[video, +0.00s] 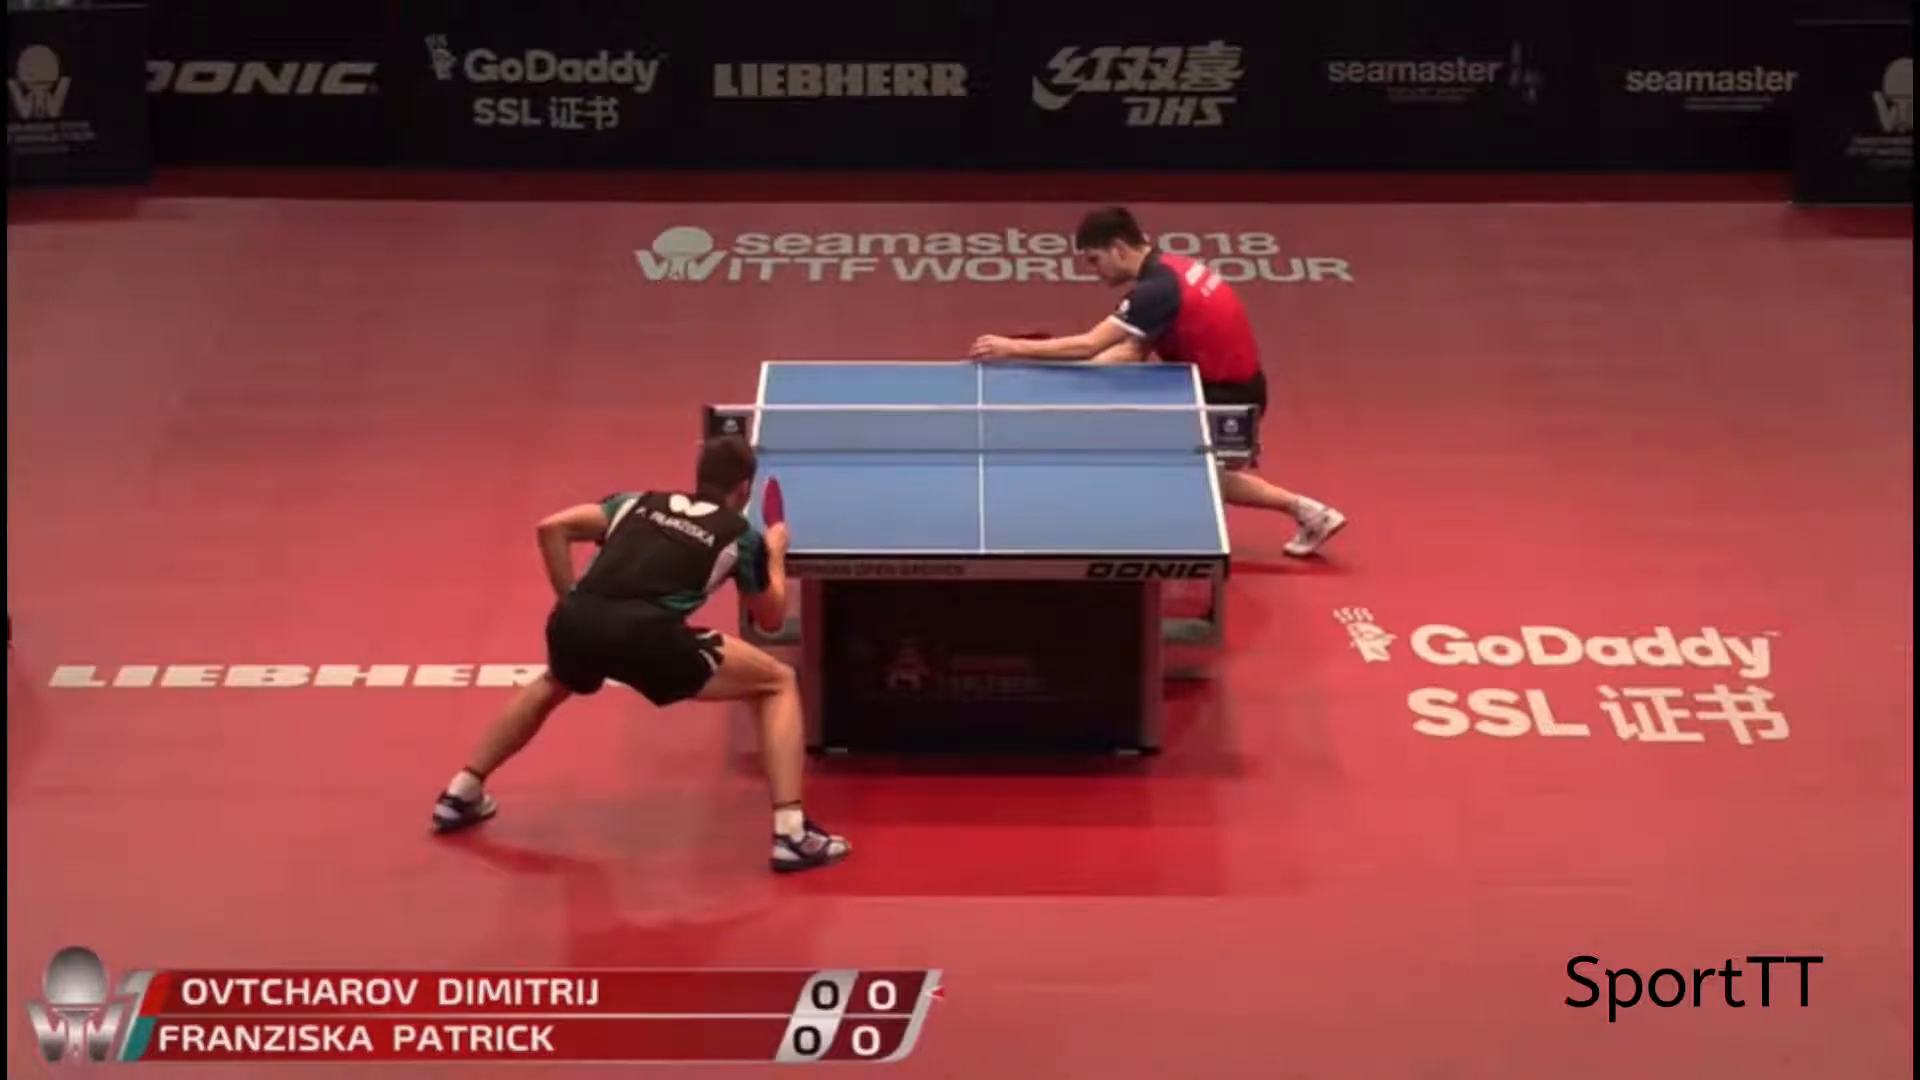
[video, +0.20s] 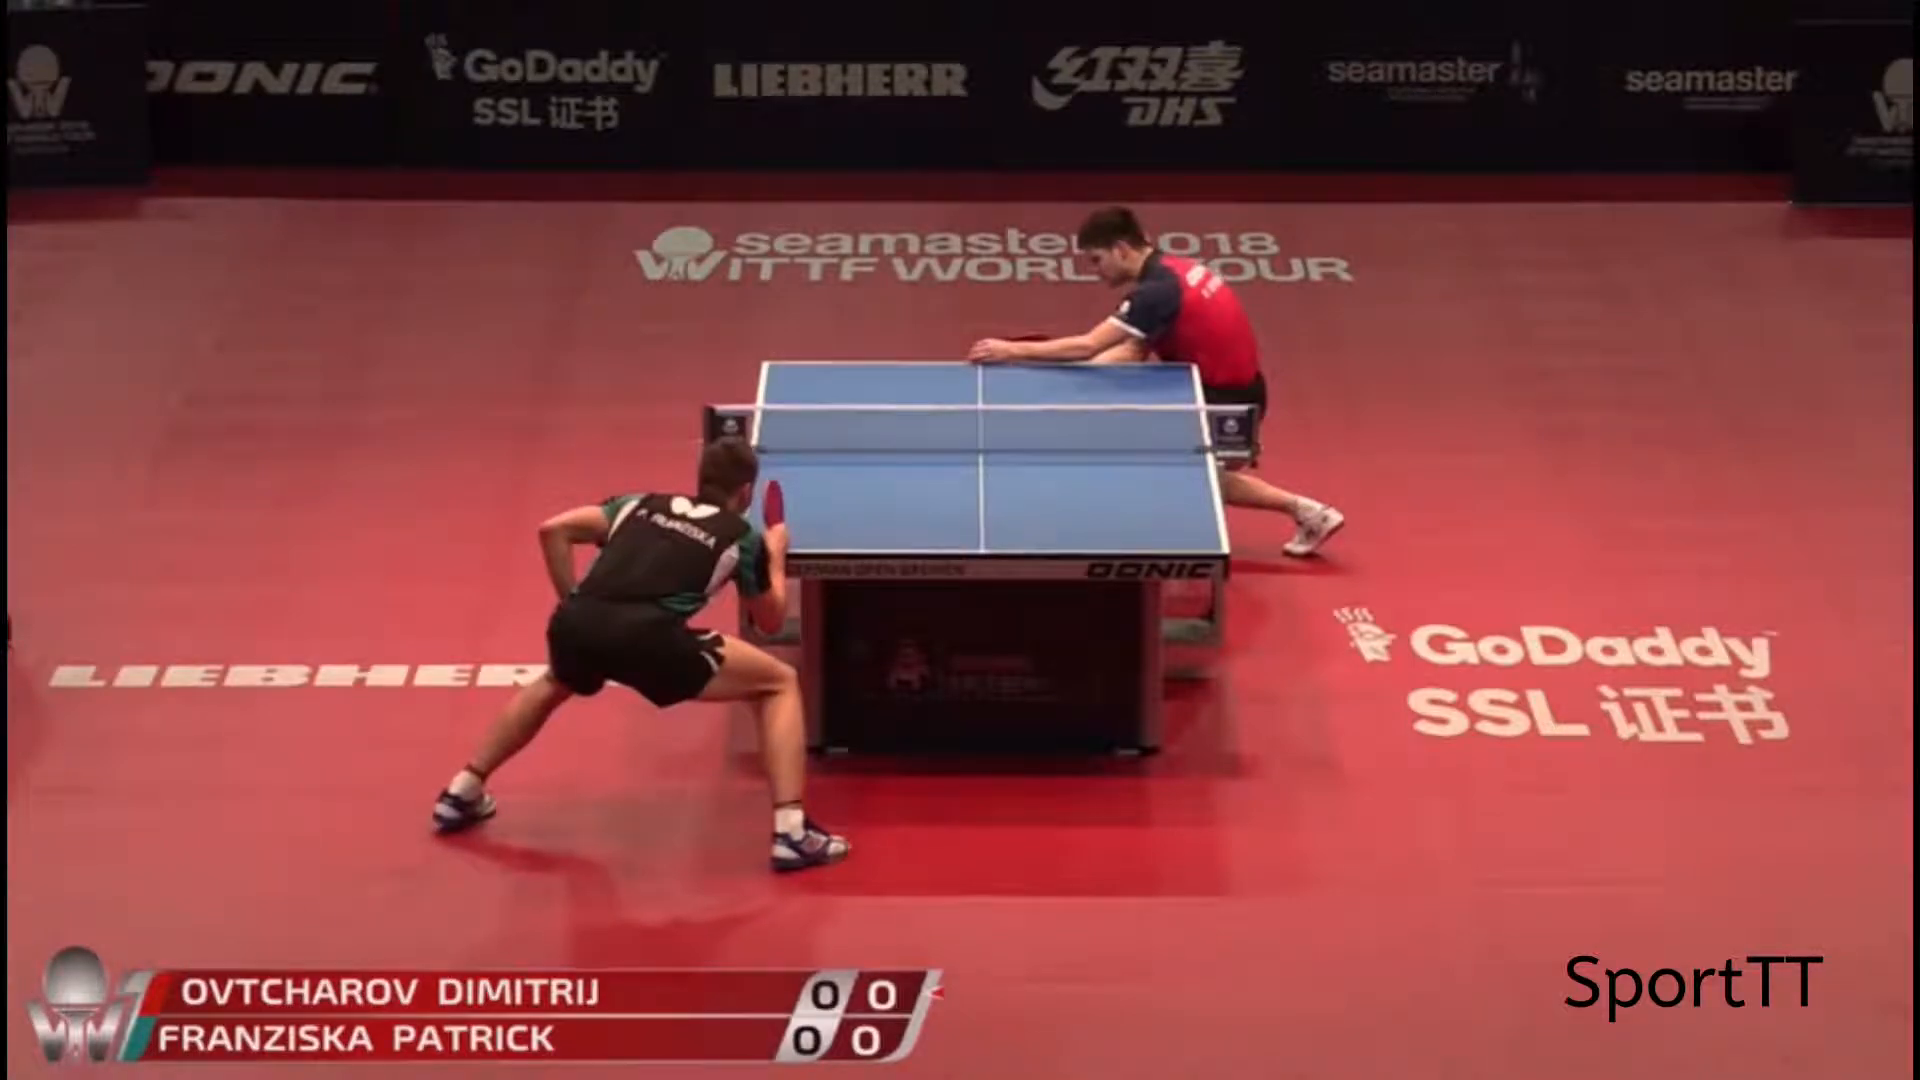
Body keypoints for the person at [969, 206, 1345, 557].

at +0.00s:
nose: (1093, 271)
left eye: (1094, 260)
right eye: (1090, 262)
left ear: (1119, 248)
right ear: (1128, 245)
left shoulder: (1158, 284)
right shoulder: (1166, 269)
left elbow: (1088, 345)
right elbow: (1135, 349)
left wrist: (1012, 348)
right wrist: (1079, 374)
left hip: (1231, 391)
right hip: (1210, 382)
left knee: (1213, 478)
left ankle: (1309, 512)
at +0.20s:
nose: (1094, 271)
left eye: (1096, 260)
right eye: (1091, 262)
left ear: (1123, 249)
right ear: (1131, 247)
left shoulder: (1158, 287)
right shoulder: (1167, 271)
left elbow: (1087, 346)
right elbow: (1134, 350)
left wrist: (1012, 351)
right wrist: (1079, 376)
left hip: (1230, 396)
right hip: (1220, 385)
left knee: (1207, 479)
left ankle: (1307, 512)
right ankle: (1305, 511)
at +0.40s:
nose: (1102, 260)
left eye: (1106, 249)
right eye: (1100, 250)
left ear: (1135, 245)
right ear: (1139, 245)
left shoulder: (1164, 287)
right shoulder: (1178, 273)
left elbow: (1081, 334)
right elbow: (1126, 350)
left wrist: (1006, 329)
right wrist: (1061, 355)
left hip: (1229, 400)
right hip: (1233, 391)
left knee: (1204, 480)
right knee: (1203, 473)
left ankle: (1305, 511)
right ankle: (1304, 511)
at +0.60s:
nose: (1115, 244)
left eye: (1121, 234)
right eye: (1115, 235)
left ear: (1150, 235)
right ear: (1155, 234)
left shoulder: (1169, 282)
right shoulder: (1186, 269)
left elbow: (1084, 322)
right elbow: (1126, 342)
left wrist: (1008, 320)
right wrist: (1056, 337)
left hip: (1230, 400)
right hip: (1225, 393)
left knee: (1207, 481)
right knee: (1202, 473)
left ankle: (1306, 512)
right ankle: (1304, 511)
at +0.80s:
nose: (1130, 221)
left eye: (1137, 212)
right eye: (1131, 212)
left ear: (1164, 215)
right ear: (1170, 216)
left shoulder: (1179, 265)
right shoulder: (1200, 254)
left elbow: (1096, 314)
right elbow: (1133, 327)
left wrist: (1021, 325)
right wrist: (1066, 325)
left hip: (1231, 391)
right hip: (1227, 384)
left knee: (1215, 478)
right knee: (1214, 473)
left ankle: (1312, 514)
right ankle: (1308, 515)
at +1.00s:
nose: (1145, 184)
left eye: (1154, 176)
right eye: (1147, 175)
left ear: (1180, 181)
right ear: (1182, 183)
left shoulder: (1188, 234)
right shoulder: (1210, 223)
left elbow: (1112, 276)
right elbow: (1139, 283)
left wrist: (1053, 278)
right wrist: (1070, 273)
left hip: (1223, 369)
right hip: (1238, 364)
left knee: (1230, 467)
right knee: (1232, 466)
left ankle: (1319, 516)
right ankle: (1318, 517)